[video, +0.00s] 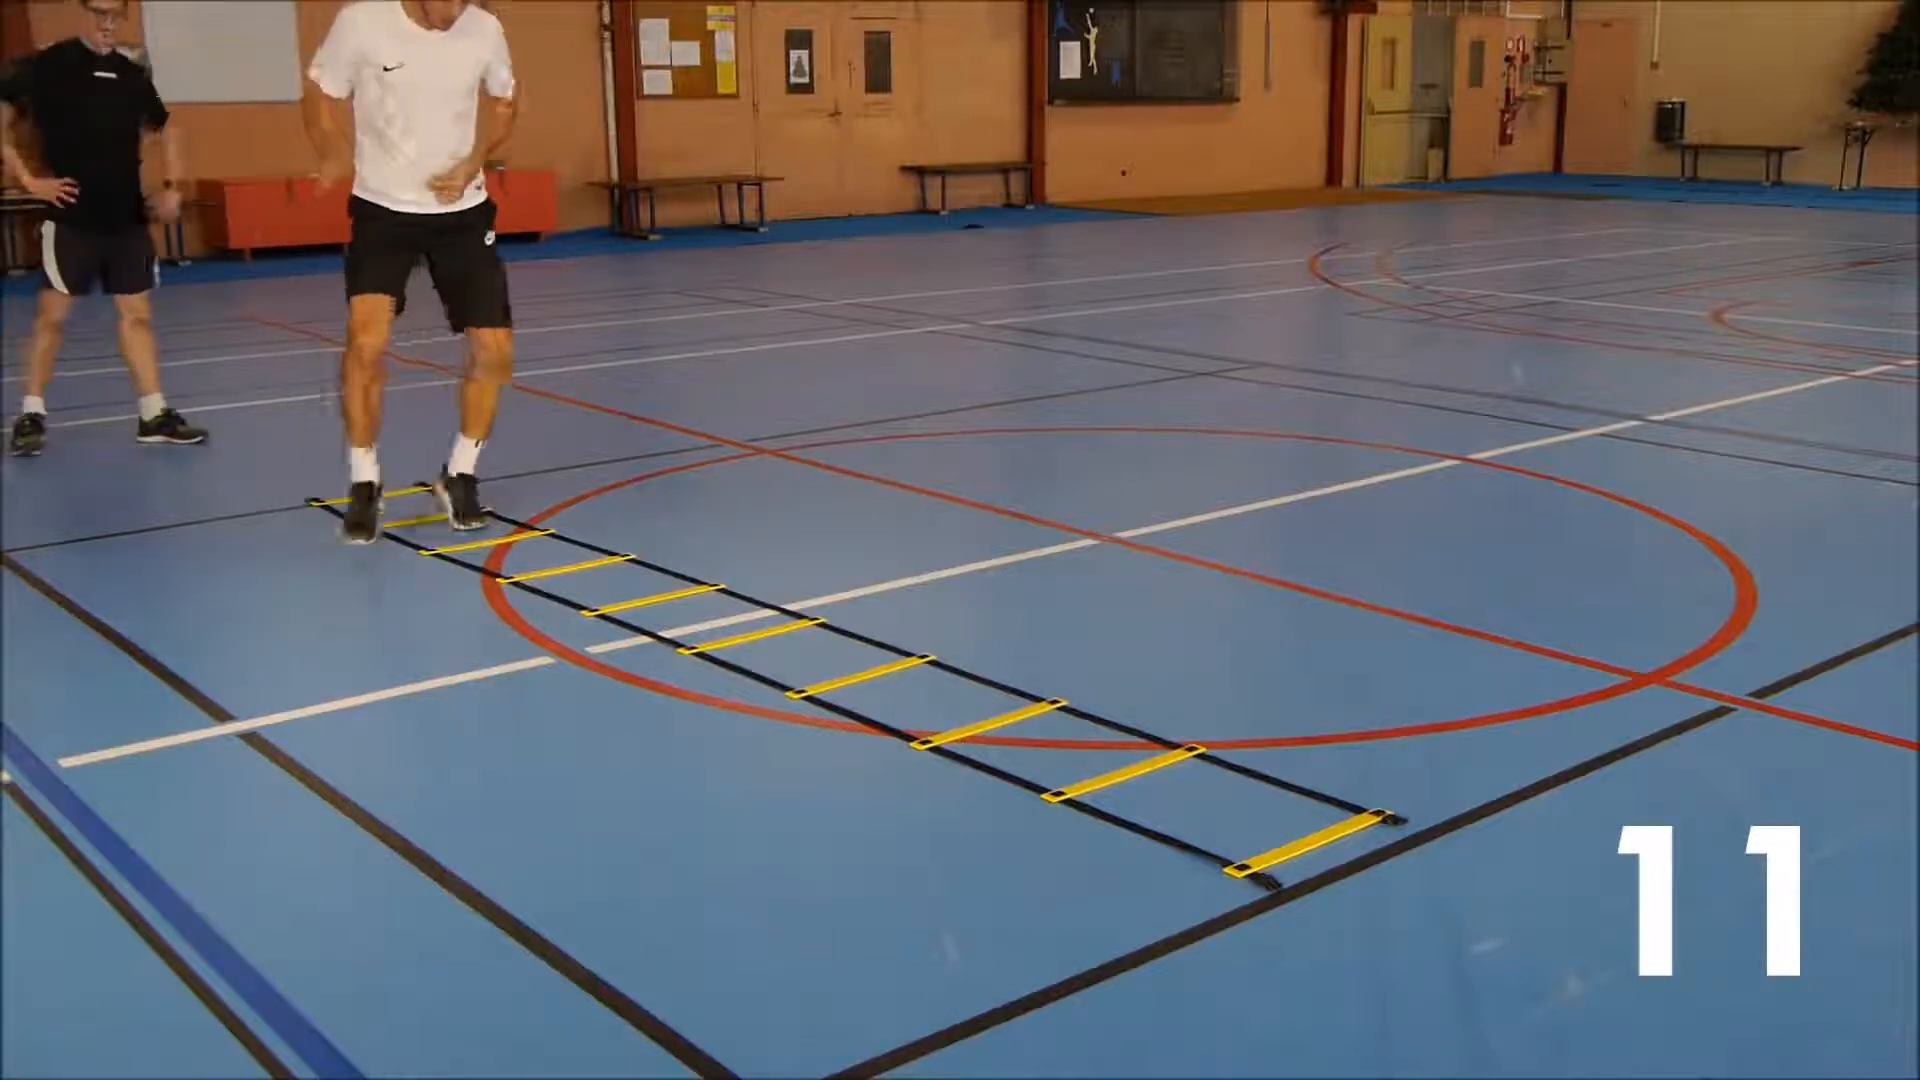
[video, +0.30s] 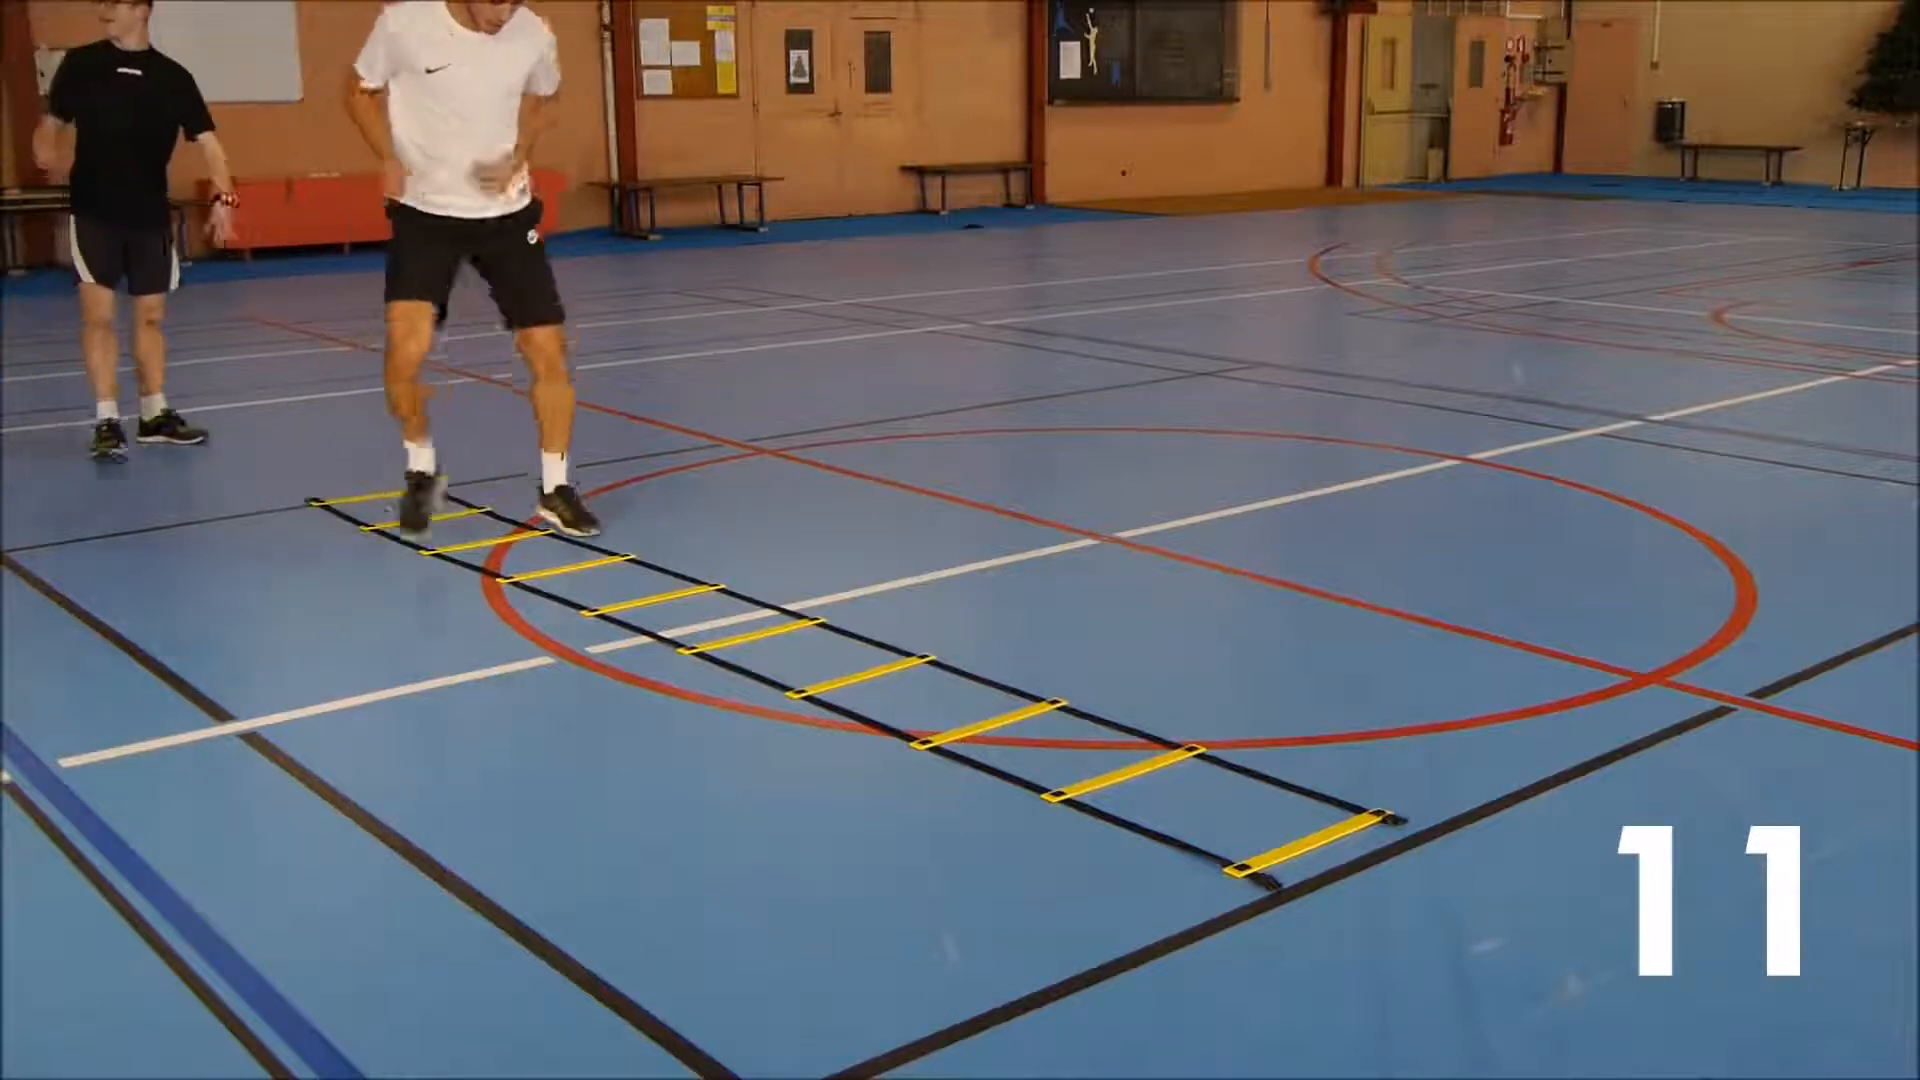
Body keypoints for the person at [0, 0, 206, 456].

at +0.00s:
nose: (108, 24)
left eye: (116, 17)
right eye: (100, 15)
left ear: (124, 19)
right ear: (83, 15)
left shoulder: (133, 74)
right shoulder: (50, 65)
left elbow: (165, 129)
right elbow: (3, 120)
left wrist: (171, 185)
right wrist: (28, 180)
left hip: (125, 211)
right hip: (69, 213)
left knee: (137, 313)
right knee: (53, 313)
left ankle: (154, 413)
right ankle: (32, 411)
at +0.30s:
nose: (105, 10)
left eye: (116, 3)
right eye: (104, 4)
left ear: (143, 11)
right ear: (105, 11)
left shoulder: (174, 76)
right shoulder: (81, 63)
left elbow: (209, 143)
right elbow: (51, 121)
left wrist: (224, 197)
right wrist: (44, 150)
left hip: (149, 210)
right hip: (93, 209)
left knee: (151, 314)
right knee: (98, 314)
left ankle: (155, 413)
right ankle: (107, 419)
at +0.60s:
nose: (104, 13)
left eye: (113, 6)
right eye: (98, 6)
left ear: (136, 8)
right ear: (90, 10)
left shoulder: (168, 68)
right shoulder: (76, 68)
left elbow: (190, 138)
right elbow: (55, 135)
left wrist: (182, 195)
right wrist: (58, 201)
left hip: (168, 208)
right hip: (112, 213)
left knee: (176, 317)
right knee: (122, 318)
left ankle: (162, 407)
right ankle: (135, 425)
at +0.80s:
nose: (125, 16)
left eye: (131, 8)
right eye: (114, 9)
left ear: (140, 8)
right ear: (95, 10)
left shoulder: (165, 65)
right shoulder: (72, 74)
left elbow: (197, 135)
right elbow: (59, 152)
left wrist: (216, 196)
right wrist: (72, 221)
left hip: (179, 211)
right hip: (121, 219)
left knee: (208, 310)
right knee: (127, 325)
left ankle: (185, 391)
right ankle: (136, 427)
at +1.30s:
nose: (224, 31)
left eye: (232, 23)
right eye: (215, 22)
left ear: (240, 20)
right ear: (192, 16)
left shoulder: (248, 75)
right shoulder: (158, 68)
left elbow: (262, 149)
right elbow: (134, 139)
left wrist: (277, 215)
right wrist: (140, 208)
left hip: (238, 219)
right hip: (180, 221)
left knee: (246, 320)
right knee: (168, 325)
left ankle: (259, 425)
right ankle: (147, 425)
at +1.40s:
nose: (236, 29)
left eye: (243, 20)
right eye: (226, 19)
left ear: (251, 20)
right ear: (206, 17)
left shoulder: (261, 77)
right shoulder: (168, 67)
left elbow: (276, 152)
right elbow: (144, 137)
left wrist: (288, 218)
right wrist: (151, 205)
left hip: (245, 219)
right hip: (188, 220)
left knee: (250, 321)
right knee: (181, 323)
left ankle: (260, 426)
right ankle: (161, 421)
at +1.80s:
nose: (172, 21)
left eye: (178, 11)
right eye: (171, 13)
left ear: (209, 10)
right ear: (197, 15)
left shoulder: (268, 67)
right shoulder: (174, 73)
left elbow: (294, 143)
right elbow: (166, 149)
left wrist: (307, 211)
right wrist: (172, 214)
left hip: (270, 219)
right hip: (211, 223)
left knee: (278, 322)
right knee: (225, 331)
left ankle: (270, 419)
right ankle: (239, 437)